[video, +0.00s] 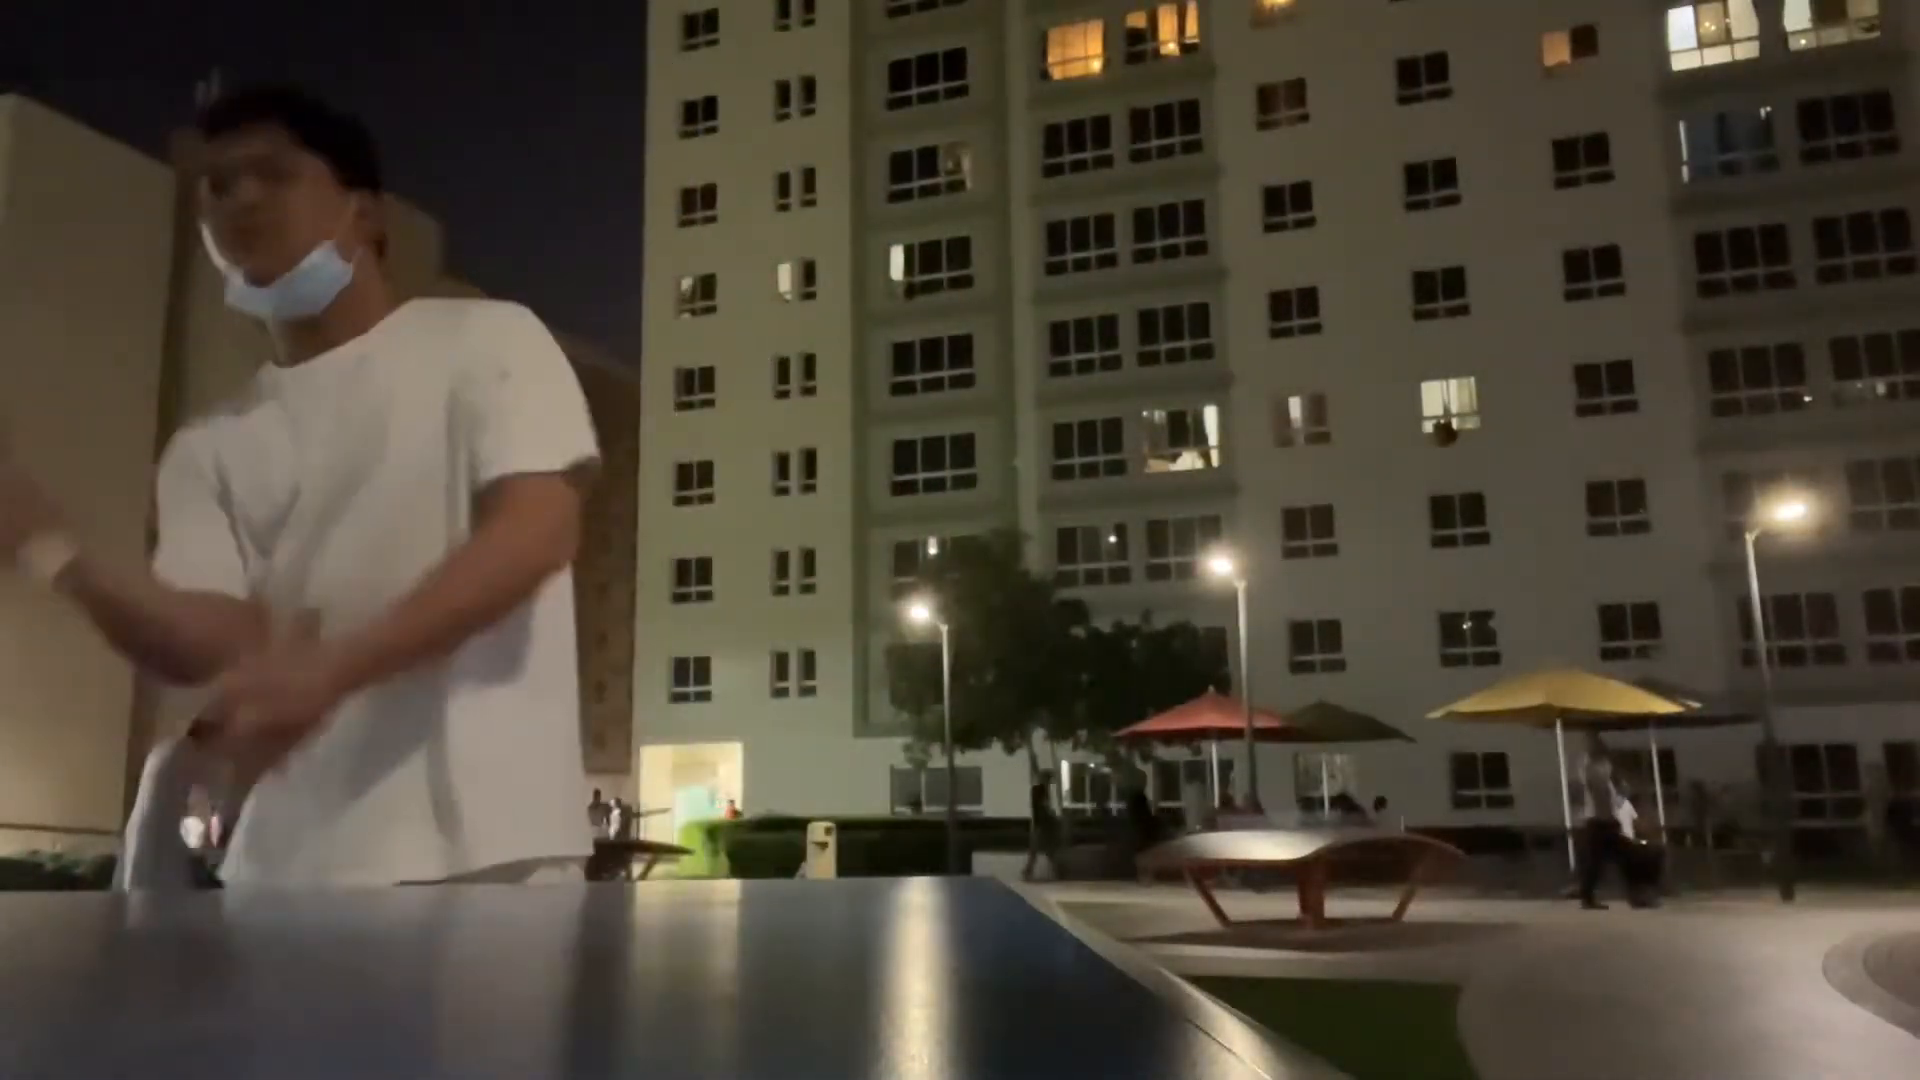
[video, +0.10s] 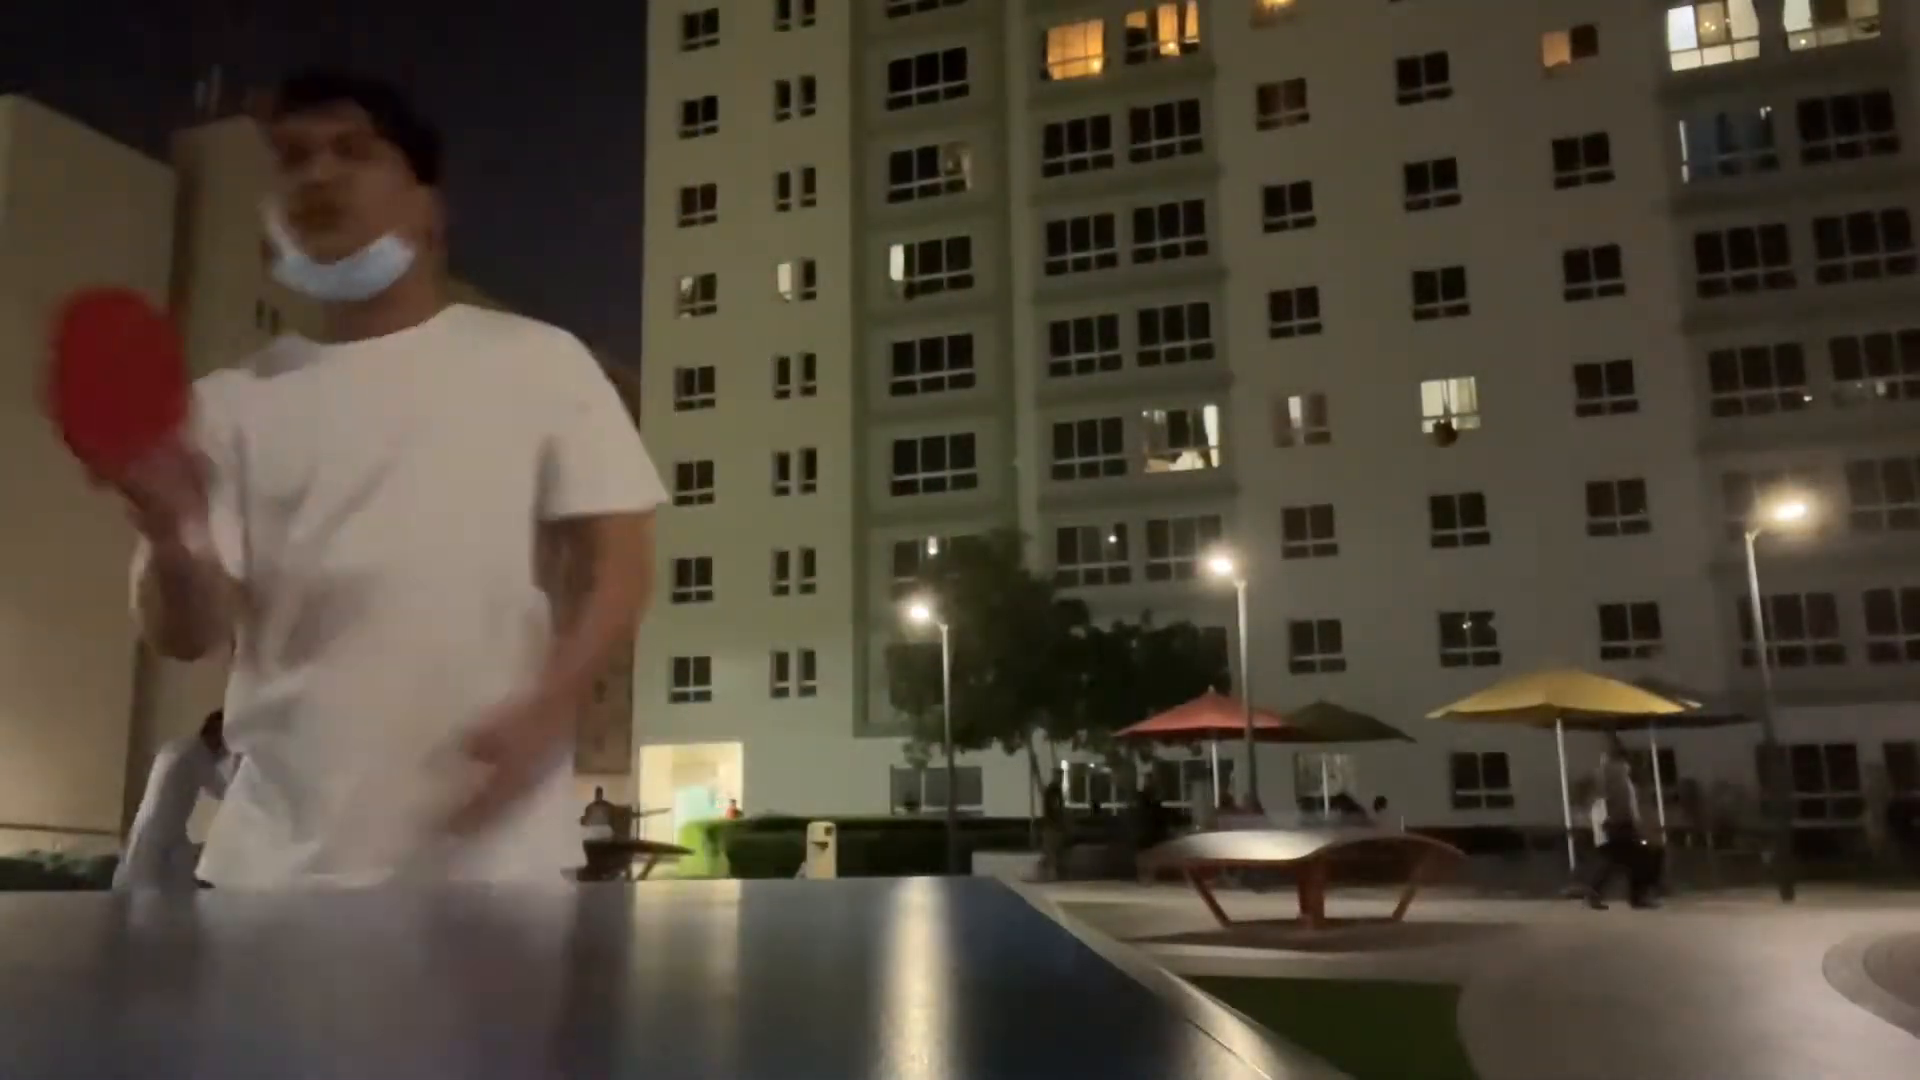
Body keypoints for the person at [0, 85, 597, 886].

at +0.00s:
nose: (242, 202)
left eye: (273, 172)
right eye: (218, 187)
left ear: (363, 213)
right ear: (206, 232)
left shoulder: (488, 341)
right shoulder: (208, 451)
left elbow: (538, 529)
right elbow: (210, 645)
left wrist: (328, 672)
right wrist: (54, 549)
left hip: (486, 867)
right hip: (288, 881)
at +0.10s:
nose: (318, 178)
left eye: (352, 151)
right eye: (292, 157)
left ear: (426, 202)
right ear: (270, 208)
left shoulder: (539, 368)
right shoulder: (226, 406)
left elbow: (624, 567)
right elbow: (189, 640)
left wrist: (547, 713)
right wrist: (170, 535)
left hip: (492, 854)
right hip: (283, 857)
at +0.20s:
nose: (397, 166)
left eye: (429, 144)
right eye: (370, 146)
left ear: (492, 197)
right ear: (340, 190)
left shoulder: (595, 382)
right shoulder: (264, 391)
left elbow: (677, 597)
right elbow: (226, 622)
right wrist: (198, 591)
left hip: (524, 864)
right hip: (303, 866)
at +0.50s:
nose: (466, 196)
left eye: (503, 168)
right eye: (443, 169)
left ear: (580, 219)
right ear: (417, 204)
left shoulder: (679, 398)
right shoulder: (350, 411)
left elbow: (770, 619)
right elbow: (186, 629)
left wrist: (760, 815)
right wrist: (272, 629)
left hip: (616, 860)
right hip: (394, 852)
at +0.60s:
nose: (363, 247)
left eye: (403, 215)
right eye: (349, 215)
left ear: (495, 242)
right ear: (326, 232)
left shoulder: (616, 414)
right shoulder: (284, 426)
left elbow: (741, 623)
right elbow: (45, 496)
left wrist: (754, 849)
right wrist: (73, 599)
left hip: (594, 866)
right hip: (374, 862)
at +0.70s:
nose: (191, 191)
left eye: (236, 162)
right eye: (169, 159)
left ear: (337, 201)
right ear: (143, 183)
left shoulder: (458, 387)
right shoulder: (95, 387)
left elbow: (608, 610)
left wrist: (651, 803)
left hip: (480, 859)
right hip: (240, 872)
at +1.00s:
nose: (267, 150)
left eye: (307, 126)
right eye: (237, 124)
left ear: (382, 174)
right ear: (199, 161)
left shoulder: (481, 380)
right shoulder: (106, 376)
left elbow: (590, 592)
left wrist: (609, 783)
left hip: (429, 892)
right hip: (177, 891)